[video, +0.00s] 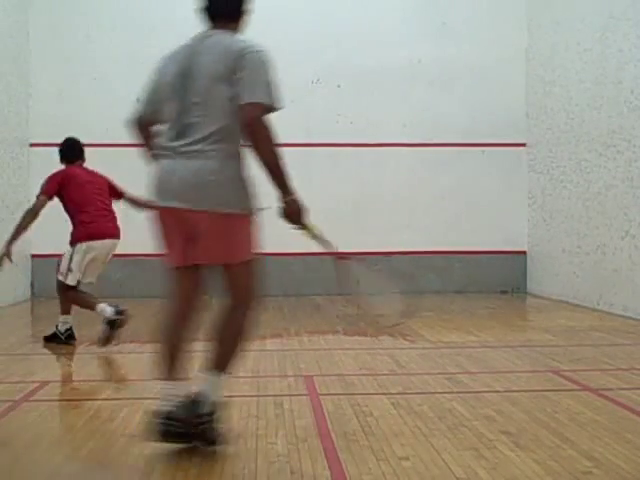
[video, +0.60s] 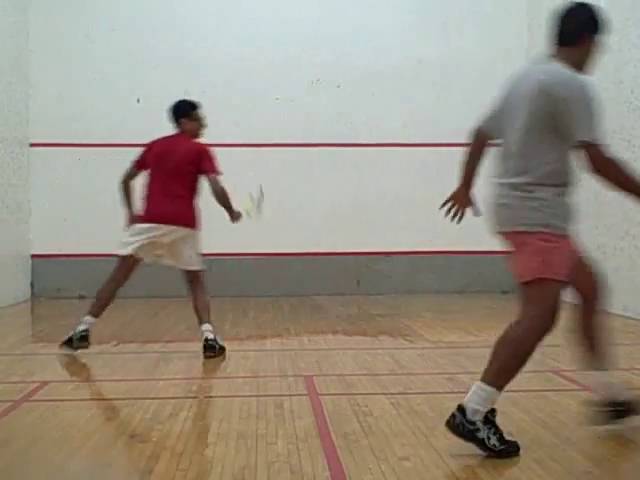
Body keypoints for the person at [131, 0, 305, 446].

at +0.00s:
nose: (241, 13)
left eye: (230, 9)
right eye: (243, 9)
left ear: (206, 12)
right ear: (242, 12)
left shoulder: (177, 56)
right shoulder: (246, 53)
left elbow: (141, 120)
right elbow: (252, 120)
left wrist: (164, 162)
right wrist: (287, 192)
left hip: (171, 189)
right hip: (221, 192)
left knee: (185, 293)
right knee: (242, 295)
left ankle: (170, 403)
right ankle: (204, 399)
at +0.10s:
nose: (289, 20)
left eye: (278, 14)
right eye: (290, 14)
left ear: (254, 19)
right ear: (289, 19)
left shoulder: (232, 62)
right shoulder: (288, 62)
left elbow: (203, 134)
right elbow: (292, 136)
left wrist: (234, 176)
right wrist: (328, 209)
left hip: (222, 206)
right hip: (267, 206)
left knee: (243, 300)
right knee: (319, 296)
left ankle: (214, 417)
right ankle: (301, 409)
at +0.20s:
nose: (347, 40)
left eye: (339, 31)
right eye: (346, 33)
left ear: (309, 34)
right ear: (342, 35)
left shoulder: (291, 80)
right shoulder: (337, 81)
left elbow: (279, 154)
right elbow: (340, 153)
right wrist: (388, 222)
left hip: (275, 223)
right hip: (319, 226)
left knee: (271, 315)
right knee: (387, 306)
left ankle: (218, 416)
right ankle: (422, 418)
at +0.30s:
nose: (410, 41)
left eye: (404, 31)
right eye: (409, 33)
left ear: (372, 35)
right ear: (404, 36)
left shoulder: (352, 82)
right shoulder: (398, 83)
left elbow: (350, 157)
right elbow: (401, 155)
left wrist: (411, 198)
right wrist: (453, 223)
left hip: (344, 224)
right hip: (388, 227)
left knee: (330, 315)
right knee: (442, 311)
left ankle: (255, 387)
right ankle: (459, 426)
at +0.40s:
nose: (478, 43)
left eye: (475, 34)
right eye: (477, 35)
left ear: (439, 34)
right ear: (471, 37)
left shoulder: (416, 79)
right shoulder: (460, 83)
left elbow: (408, 154)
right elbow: (473, 159)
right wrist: (529, 222)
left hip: (406, 217)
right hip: (443, 219)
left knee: (429, 311)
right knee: (484, 312)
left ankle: (353, 371)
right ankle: (463, 427)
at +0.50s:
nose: (540, 45)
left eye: (539, 36)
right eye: (539, 36)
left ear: (503, 33)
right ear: (530, 37)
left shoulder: (472, 76)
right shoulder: (517, 82)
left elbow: (440, 145)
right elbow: (538, 159)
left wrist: (446, 200)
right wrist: (599, 210)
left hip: (459, 210)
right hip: (491, 211)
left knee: (512, 303)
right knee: (515, 311)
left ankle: (477, 394)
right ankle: (466, 422)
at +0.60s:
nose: (595, 51)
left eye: (594, 43)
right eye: (595, 43)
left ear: (558, 36)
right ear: (585, 41)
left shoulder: (526, 76)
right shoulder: (571, 85)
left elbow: (481, 134)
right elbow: (599, 161)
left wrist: (464, 187)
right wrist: (636, 190)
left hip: (514, 209)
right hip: (537, 214)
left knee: (588, 284)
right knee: (539, 313)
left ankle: (606, 392)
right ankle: (473, 412)